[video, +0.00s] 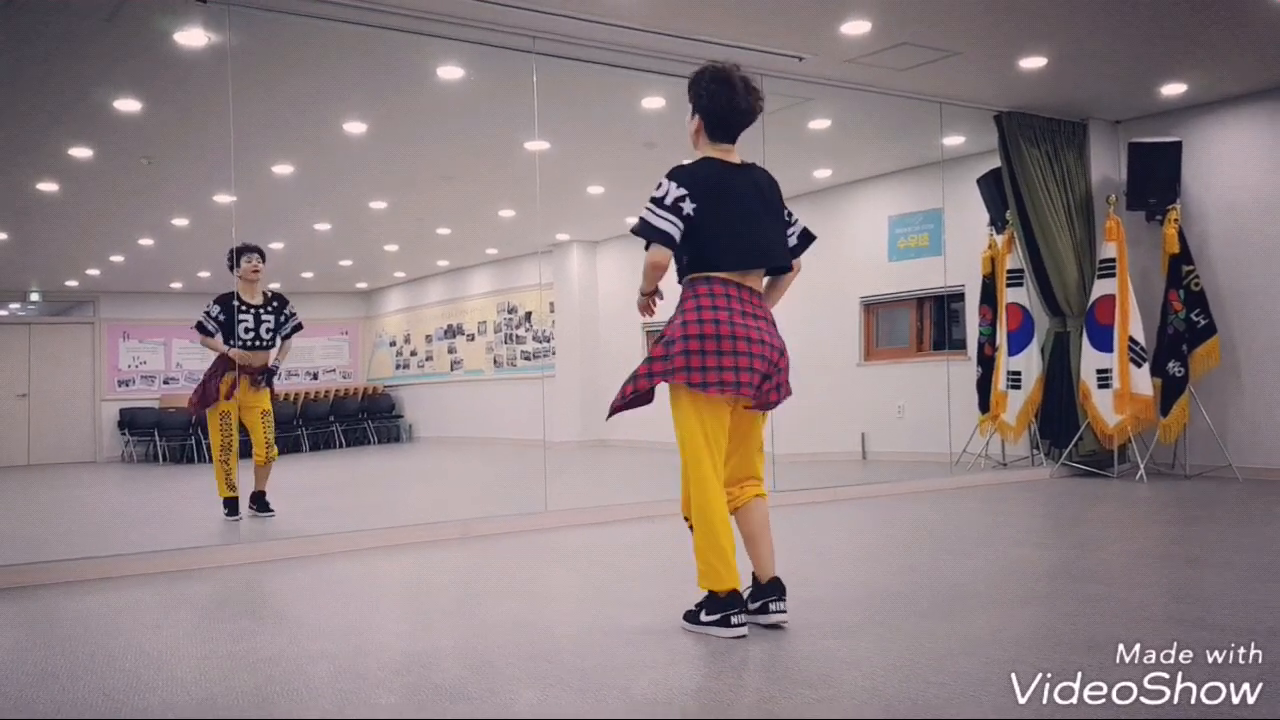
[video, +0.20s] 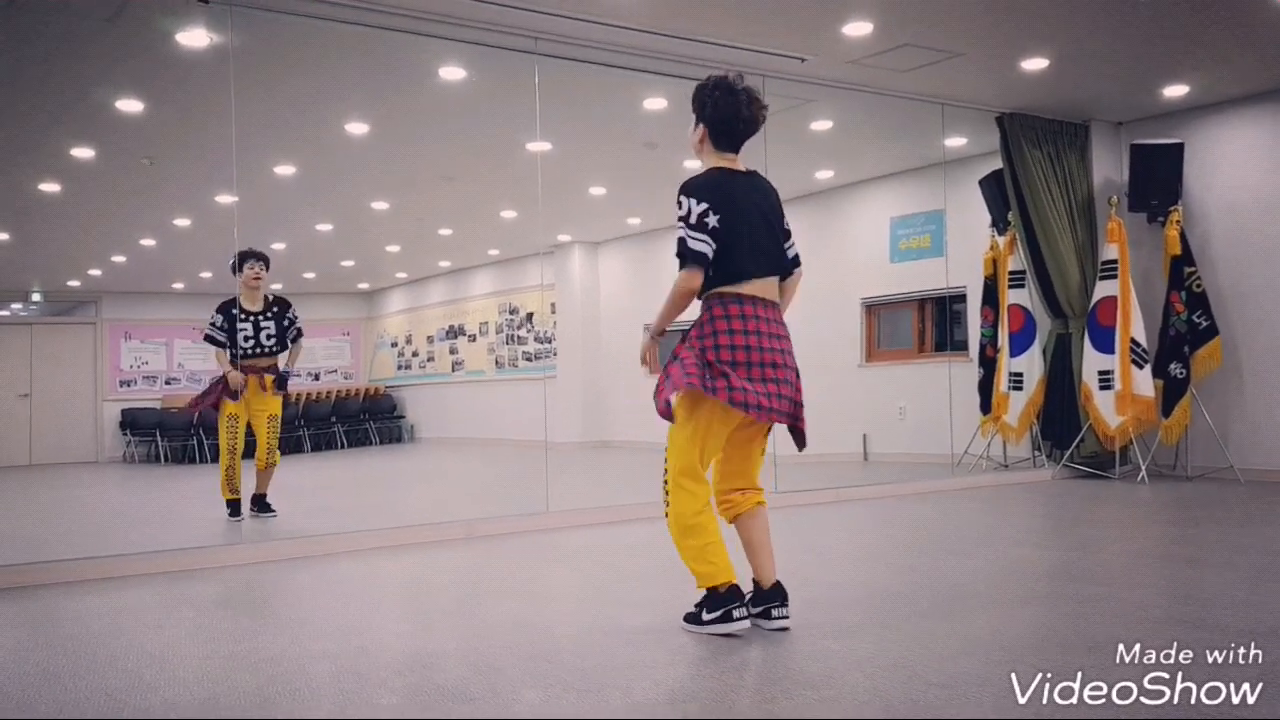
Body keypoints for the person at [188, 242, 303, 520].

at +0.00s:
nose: (255, 265)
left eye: (259, 261)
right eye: (248, 261)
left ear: (264, 268)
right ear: (236, 269)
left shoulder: (277, 302)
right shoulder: (224, 302)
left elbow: (287, 338)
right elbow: (204, 335)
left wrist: (275, 363)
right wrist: (228, 350)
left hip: (258, 380)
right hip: (225, 379)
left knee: (266, 447)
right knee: (226, 446)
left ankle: (259, 495)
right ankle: (230, 499)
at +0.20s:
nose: (257, 271)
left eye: (261, 267)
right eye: (250, 267)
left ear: (267, 274)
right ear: (239, 275)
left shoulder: (281, 306)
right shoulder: (227, 309)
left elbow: (297, 341)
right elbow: (218, 348)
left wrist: (286, 370)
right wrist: (229, 371)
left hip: (270, 383)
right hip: (237, 382)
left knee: (270, 449)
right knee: (231, 448)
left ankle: (260, 498)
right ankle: (233, 501)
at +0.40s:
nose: (259, 272)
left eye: (263, 268)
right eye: (253, 267)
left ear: (269, 272)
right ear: (241, 271)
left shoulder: (280, 305)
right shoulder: (227, 305)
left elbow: (290, 342)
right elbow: (218, 348)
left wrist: (289, 370)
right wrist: (221, 384)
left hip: (277, 376)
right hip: (245, 376)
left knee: (274, 443)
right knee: (240, 443)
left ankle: (260, 497)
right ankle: (234, 498)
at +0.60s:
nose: (260, 266)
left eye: (265, 262)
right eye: (253, 261)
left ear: (270, 268)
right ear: (242, 267)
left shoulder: (276, 301)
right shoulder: (229, 298)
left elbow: (283, 340)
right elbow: (203, 330)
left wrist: (285, 362)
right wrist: (219, 364)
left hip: (276, 373)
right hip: (246, 373)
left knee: (270, 440)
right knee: (246, 441)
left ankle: (261, 495)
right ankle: (233, 493)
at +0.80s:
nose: (259, 268)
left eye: (264, 263)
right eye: (253, 263)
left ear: (270, 269)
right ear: (242, 267)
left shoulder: (273, 303)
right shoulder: (230, 297)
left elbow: (277, 343)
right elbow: (207, 332)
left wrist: (281, 368)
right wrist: (217, 373)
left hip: (269, 372)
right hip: (241, 372)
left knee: (268, 439)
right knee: (240, 440)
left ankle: (260, 496)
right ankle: (228, 498)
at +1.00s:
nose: (262, 283)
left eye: (267, 277)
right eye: (256, 277)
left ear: (272, 276)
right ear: (245, 273)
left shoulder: (274, 304)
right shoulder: (229, 299)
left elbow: (277, 343)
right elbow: (210, 335)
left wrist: (274, 369)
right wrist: (227, 371)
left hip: (263, 377)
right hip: (235, 376)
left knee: (278, 440)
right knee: (231, 443)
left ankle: (261, 493)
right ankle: (226, 500)